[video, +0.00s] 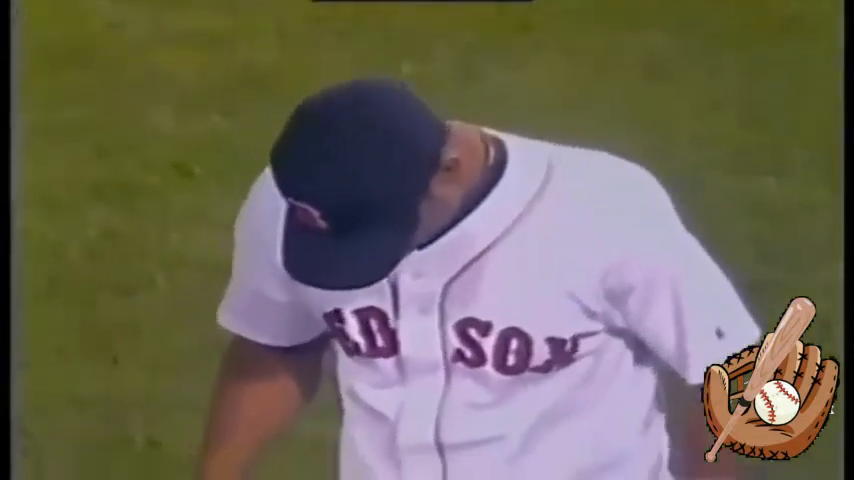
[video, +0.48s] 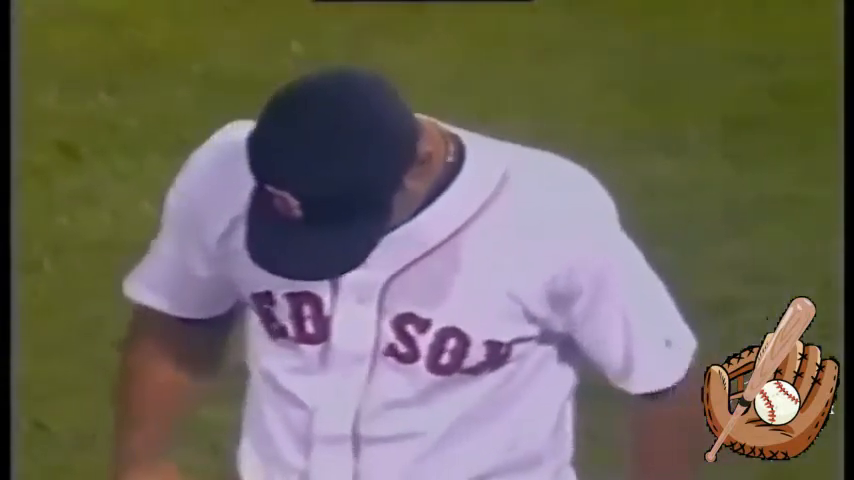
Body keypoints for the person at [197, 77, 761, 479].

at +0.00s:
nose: (355, 274)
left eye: (378, 245)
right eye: (335, 252)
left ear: (447, 172)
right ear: (303, 200)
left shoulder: (611, 208)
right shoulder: (292, 205)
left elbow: (740, 378)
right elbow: (273, 350)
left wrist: (705, 464)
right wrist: (218, 469)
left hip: (599, 470)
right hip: (386, 468)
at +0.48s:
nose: (314, 253)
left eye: (339, 233)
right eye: (295, 228)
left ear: (414, 173)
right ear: (263, 170)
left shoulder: (556, 213)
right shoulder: (233, 175)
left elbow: (669, 383)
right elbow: (173, 326)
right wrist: (143, 460)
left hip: (496, 471)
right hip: (280, 470)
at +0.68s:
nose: (294, 247)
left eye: (320, 223)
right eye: (275, 224)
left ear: (394, 158)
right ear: (245, 170)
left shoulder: (534, 200)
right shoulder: (208, 179)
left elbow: (681, 369)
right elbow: (159, 332)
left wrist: (710, 465)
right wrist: (123, 465)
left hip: (484, 473)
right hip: (269, 471)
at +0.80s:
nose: (290, 239)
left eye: (314, 217)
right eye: (271, 215)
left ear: (387, 149)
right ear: (242, 161)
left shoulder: (526, 187)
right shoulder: (201, 175)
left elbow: (697, 347)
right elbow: (156, 330)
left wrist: (764, 433)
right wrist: (121, 466)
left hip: (479, 468)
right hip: (263, 466)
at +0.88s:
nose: (289, 234)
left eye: (311, 208)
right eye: (268, 212)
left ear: (377, 142)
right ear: (230, 158)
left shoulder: (518, 185)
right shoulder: (194, 174)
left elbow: (687, 344)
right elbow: (151, 328)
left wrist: (766, 432)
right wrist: (119, 467)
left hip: (466, 470)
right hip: (257, 467)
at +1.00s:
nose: (287, 218)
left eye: (308, 195)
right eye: (264, 201)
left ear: (369, 125)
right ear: (220, 150)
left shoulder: (505, 183)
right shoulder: (182, 176)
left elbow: (666, 343)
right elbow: (142, 328)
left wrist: (755, 452)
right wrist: (115, 468)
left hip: (462, 475)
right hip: (249, 474)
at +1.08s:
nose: (288, 204)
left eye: (308, 182)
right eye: (265, 190)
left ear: (370, 114)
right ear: (221, 135)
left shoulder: (501, 177)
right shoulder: (176, 174)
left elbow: (661, 343)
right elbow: (138, 326)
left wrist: (706, 464)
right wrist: (117, 462)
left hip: (463, 472)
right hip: (249, 471)